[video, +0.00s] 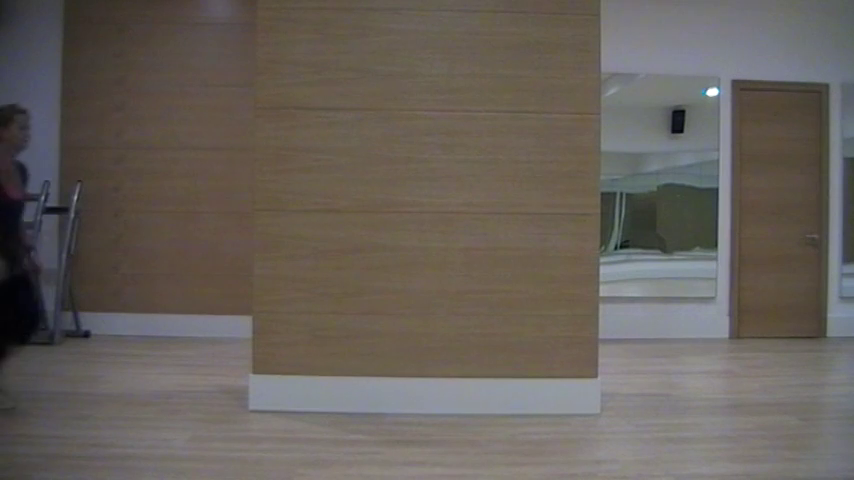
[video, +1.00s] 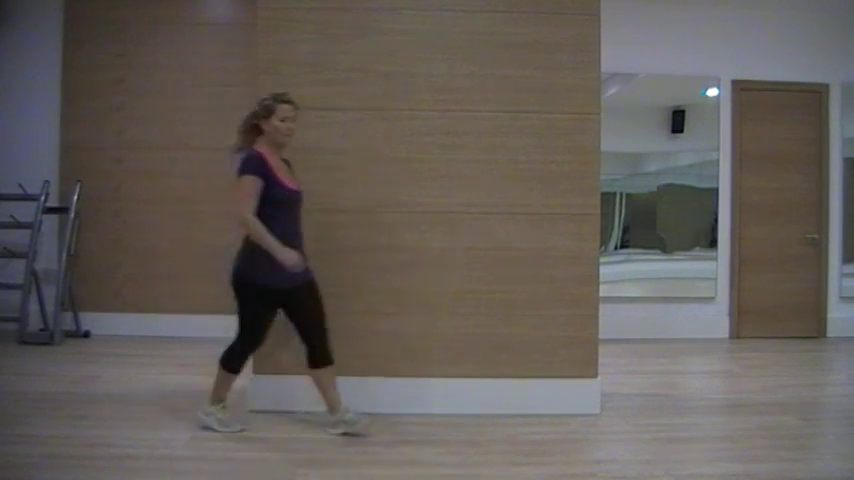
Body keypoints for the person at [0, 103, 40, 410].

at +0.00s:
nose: (27, 134)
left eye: (28, 128)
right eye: (21, 128)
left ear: (23, 132)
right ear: (4, 130)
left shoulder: (19, 170)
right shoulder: (3, 170)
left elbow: (14, 220)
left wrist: (27, 254)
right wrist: (17, 254)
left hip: (13, 255)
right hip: (0, 256)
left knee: (26, 315)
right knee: (14, 316)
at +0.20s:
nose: (84, 128)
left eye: (85, 122)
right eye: (79, 122)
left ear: (74, 125)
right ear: (60, 123)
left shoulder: (73, 159)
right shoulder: (44, 157)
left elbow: (68, 207)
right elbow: (28, 208)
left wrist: (77, 241)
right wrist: (62, 239)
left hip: (71, 250)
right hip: (41, 251)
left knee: (87, 317)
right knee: (34, 321)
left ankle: (98, 394)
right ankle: (2, 376)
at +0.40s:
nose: (136, 125)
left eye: (138, 120)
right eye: (130, 119)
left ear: (136, 124)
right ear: (111, 122)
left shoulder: (136, 161)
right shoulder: (92, 158)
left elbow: (133, 211)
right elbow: (74, 206)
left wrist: (140, 247)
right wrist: (90, 246)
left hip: (131, 253)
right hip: (100, 253)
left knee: (126, 321)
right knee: (123, 319)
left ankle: (105, 394)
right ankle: (102, 394)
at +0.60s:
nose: (188, 128)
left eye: (190, 122)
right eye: (182, 122)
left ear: (190, 126)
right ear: (161, 124)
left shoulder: (189, 165)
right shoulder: (144, 163)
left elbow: (198, 213)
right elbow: (121, 210)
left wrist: (227, 238)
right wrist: (121, 258)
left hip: (186, 263)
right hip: (157, 262)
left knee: (169, 327)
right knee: (188, 325)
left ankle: (124, 382)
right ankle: (205, 408)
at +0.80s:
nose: (240, 124)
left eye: (242, 119)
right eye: (233, 118)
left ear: (243, 123)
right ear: (213, 120)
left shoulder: (235, 160)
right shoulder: (199, 159)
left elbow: (235, 213)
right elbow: (187, 215)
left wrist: (254, 236)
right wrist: (186, 266)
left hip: (239, 260)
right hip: (211, 262)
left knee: (264, 323)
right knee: (219, 330)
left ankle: (235, 394)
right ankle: (209, 408)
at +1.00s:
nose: (290, 127)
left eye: (293, 121)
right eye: (283, 120)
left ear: (294, 125)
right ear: (263, 123)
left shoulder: (283, 163)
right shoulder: (254, 161)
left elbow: (283, 216)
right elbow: (244, 214)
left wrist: (294, 251)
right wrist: (280, 251)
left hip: (291, 263)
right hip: (260, 265)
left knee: (316, 334)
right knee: (249, 337)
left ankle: (338, 412)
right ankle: (214, 407)